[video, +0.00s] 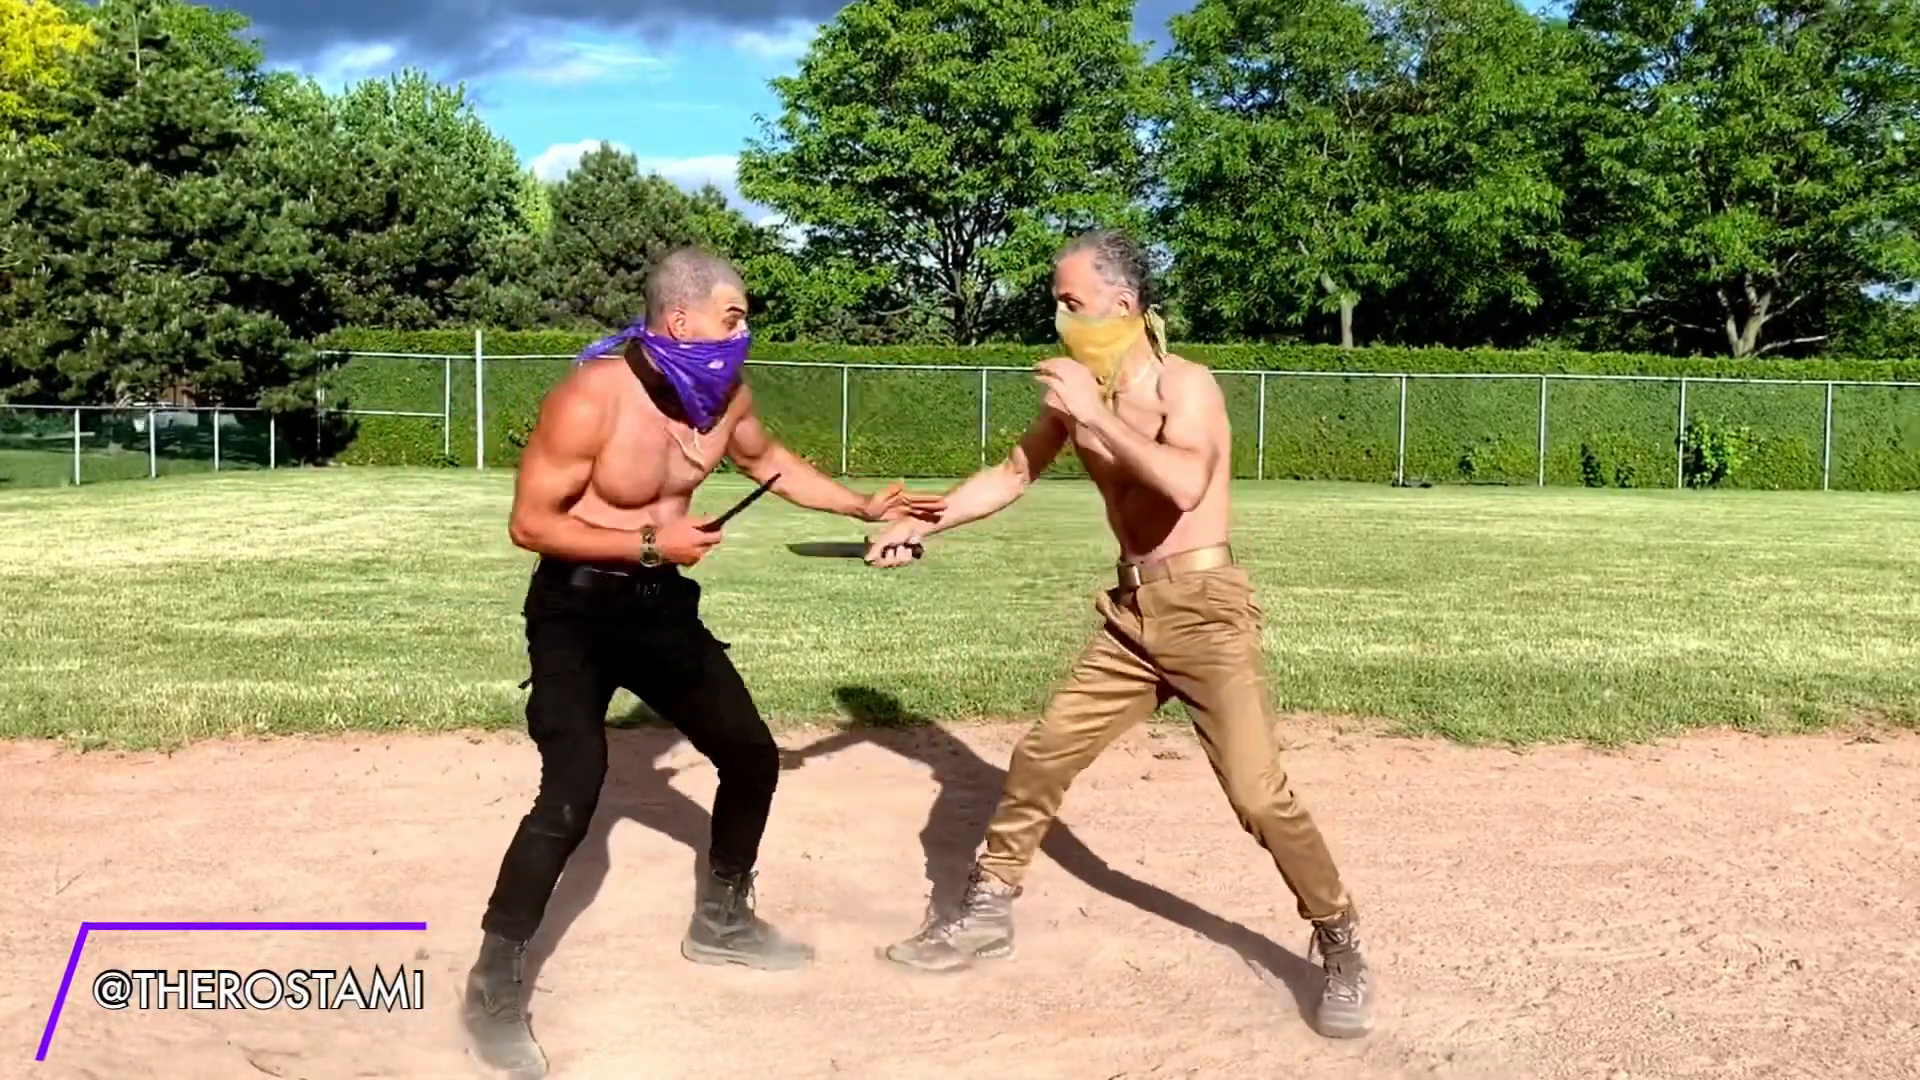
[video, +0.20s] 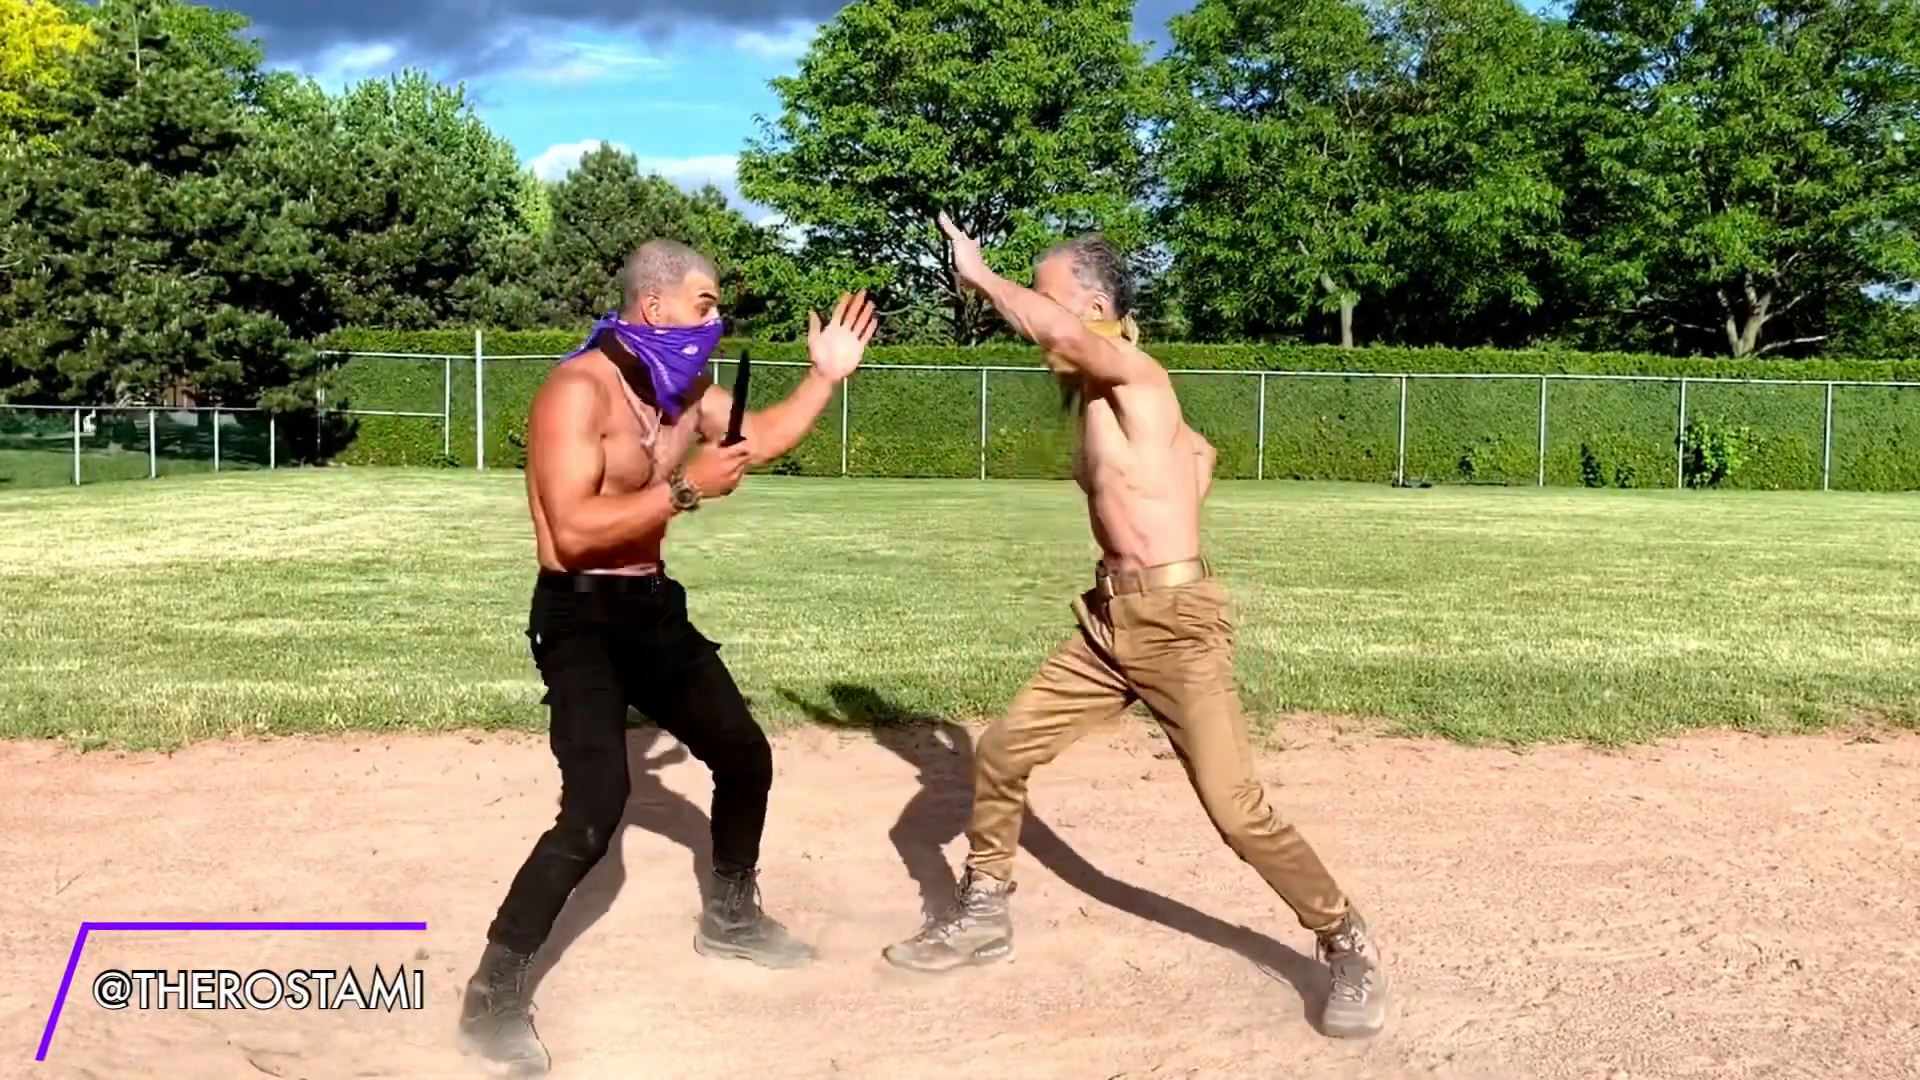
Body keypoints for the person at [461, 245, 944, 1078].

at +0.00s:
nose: (741, 336)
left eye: (745, 321)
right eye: (729, 320)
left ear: (714, 321)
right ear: (676, 321)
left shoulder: (725, 391)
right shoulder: (592, 395)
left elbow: (773, 465)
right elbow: (531, 524)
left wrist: (863, 501)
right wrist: (652, 542)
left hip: (660, 609)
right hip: (572, 612)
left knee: (751, 758)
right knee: (570, 794)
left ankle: (721, 919)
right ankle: (495, 988)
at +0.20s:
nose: (713, 325)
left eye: (716, 310)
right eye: (703, 308)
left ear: (668, 309)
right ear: (653, 307)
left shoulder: (688, 387)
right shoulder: (574, 391)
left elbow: (752, 445)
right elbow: (571, 534)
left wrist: (822, 378)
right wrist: (684, 489)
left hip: (654, 614)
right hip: (579, 618)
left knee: (744, 756)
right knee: (592, 813)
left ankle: (731, 915)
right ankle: (495, 992)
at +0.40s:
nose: (621, 320)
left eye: (622, 308)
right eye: (612, 304)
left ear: (564, 302)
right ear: (565, 297)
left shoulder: (578, 384)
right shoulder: (540, 351)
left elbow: (686, 406)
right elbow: (679, 366)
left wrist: (658, 303)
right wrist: (771, 296)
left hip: (647, 608)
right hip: (582, 617)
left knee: (721, 762)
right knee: (595, 834)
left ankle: (728, 915)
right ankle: (491, 1001)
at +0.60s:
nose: (620, 280)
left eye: (621, 266)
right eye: (607, 263)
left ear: (587, 272)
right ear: (552, 264)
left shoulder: (596, 353)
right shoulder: (497, 352)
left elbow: (652, 439)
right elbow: (501, 499)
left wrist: (673, 339)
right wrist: (619, 459)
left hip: (608, 583)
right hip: (531, 592)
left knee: (691, 738)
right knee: (539, 792)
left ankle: (689, 908)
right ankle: (485, 989)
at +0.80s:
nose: (632, 323)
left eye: (634, 310)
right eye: (619, 308)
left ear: (595, 314)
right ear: (567, 308)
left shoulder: (596, 397)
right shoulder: (488, 406)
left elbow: (598, 492)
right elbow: (443, 540)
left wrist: (672, 450)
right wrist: (561, 556)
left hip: (579, 623)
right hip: (493, 628)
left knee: (682, 753)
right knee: (445, 812)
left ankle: (668, 914)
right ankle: (348, 978)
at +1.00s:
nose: (645, 347)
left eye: (649, 332)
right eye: (635, 330)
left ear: (610, 333)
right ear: (582, 331)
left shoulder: (615, 407)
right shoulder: (508, 418)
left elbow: (631, 500)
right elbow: (460, 550)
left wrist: (696, 467)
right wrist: (574, 569)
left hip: (579, 634)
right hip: (498, 636)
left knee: (697, 747)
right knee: (444, 824)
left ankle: (677, 915)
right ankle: (335, 978)